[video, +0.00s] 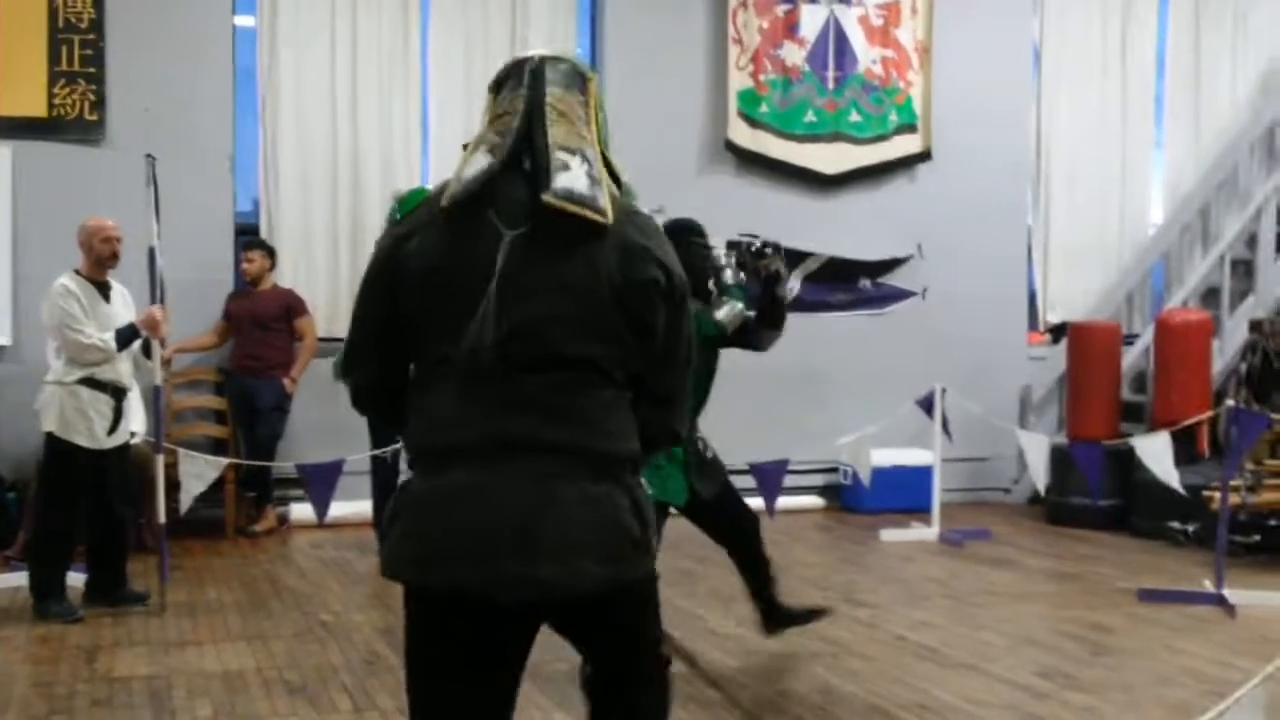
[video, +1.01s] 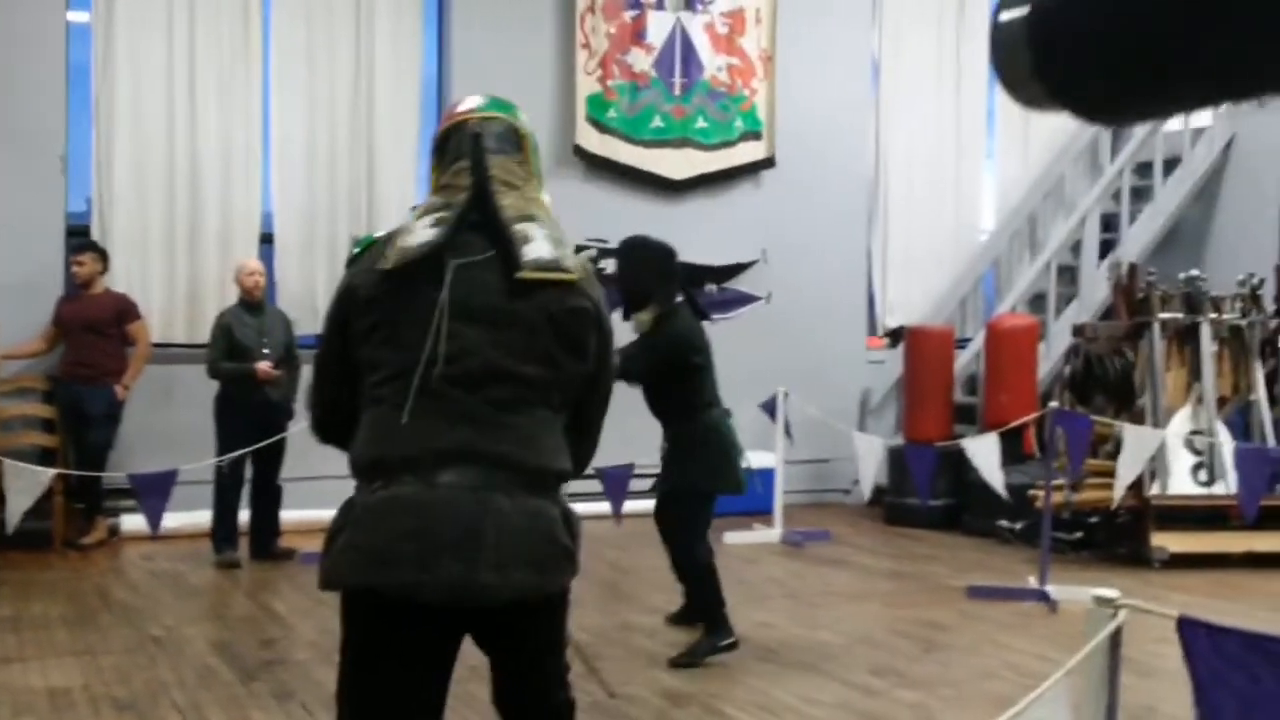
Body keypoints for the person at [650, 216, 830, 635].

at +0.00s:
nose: (706, 262)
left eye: (706, 252)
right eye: (695, 254)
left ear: (708, 258)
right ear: (670, 261)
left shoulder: (706, 314)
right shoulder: (652, 312)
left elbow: (761, 337)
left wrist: (771, 288)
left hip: (684, 450)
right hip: (644, 454)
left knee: (741, 528)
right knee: (634, 548)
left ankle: (771, 612)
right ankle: (632, 634)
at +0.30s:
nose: (722, 279)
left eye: (728, 270)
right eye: (714, 268)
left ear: (735, 276)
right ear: (691, 271)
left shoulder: (740, 320)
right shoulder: (664, 317)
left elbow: (789, 336)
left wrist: (777, 285)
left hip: (725, 453)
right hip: (671, 454)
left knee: (775, 545)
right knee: (629, 551)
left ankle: (765, 638)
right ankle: (601, 641)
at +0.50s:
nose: (712, 264)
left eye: (725, 256)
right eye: (706, 254)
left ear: (743, 263)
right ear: (695, 254)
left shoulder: (758, 314)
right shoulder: (680, 300)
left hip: (743, 437)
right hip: (687, 436)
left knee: (761, 540)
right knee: (660, 534)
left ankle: (738, 634)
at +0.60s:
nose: (715, 268)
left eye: (727, 259)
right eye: (709, 257)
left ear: (743, 267)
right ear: (696, 261)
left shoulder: (754, 325)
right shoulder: (681, 310)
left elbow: (748, 393)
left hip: (743, 439)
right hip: (691, 438)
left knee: (746, 542)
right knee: (678, 530)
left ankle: (728, 634)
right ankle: (717, 584)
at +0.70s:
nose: (692, 281)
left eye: (701, 273)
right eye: (689, 272)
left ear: (720, 275)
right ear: (683, 273)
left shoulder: (733, 323)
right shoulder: (677, 317)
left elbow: (741, 365)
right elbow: (649, 352)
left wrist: (702, 351)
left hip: (726, 438)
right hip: (687, 435)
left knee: (717, 530)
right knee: (688, 526)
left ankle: (720, 627)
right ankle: (731, 585)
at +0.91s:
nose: (642, 279)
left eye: (648, 271)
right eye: (644, 270)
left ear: (665, 275)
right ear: (684, 273)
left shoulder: (692, 329)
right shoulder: (679, 318)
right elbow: (645, 344)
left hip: (716, 444)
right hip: (700, 441)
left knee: (694, 527)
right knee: (679, 518)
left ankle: (731, 625)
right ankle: (714, 599)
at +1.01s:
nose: (619, 285)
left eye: (624, 277)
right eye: (620, 276)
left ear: (642, 280)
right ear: (660, 278)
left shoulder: (674, 331)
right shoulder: (665, 323)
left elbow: (628, 365)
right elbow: (635, 361)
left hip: (701, 446)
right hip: (686, 443)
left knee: (686, 529)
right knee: (669, 517)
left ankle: (718, 625)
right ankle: (698, 599)